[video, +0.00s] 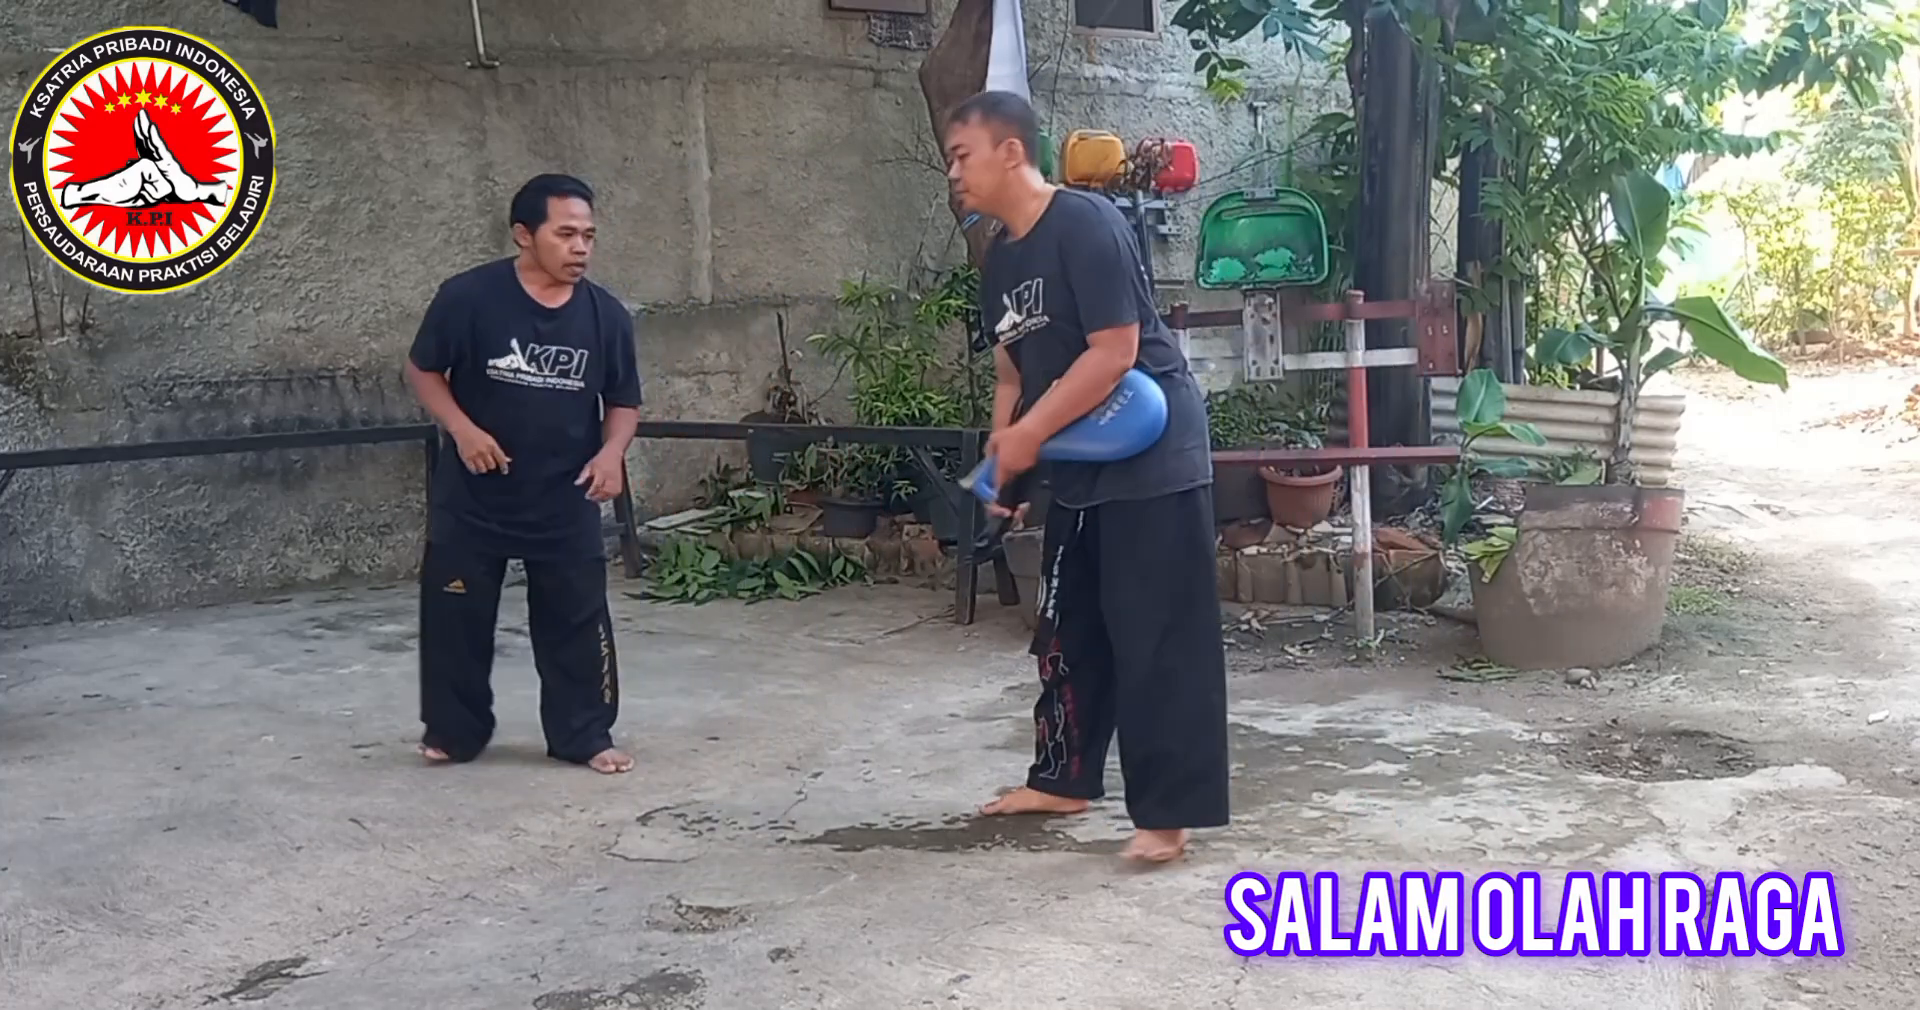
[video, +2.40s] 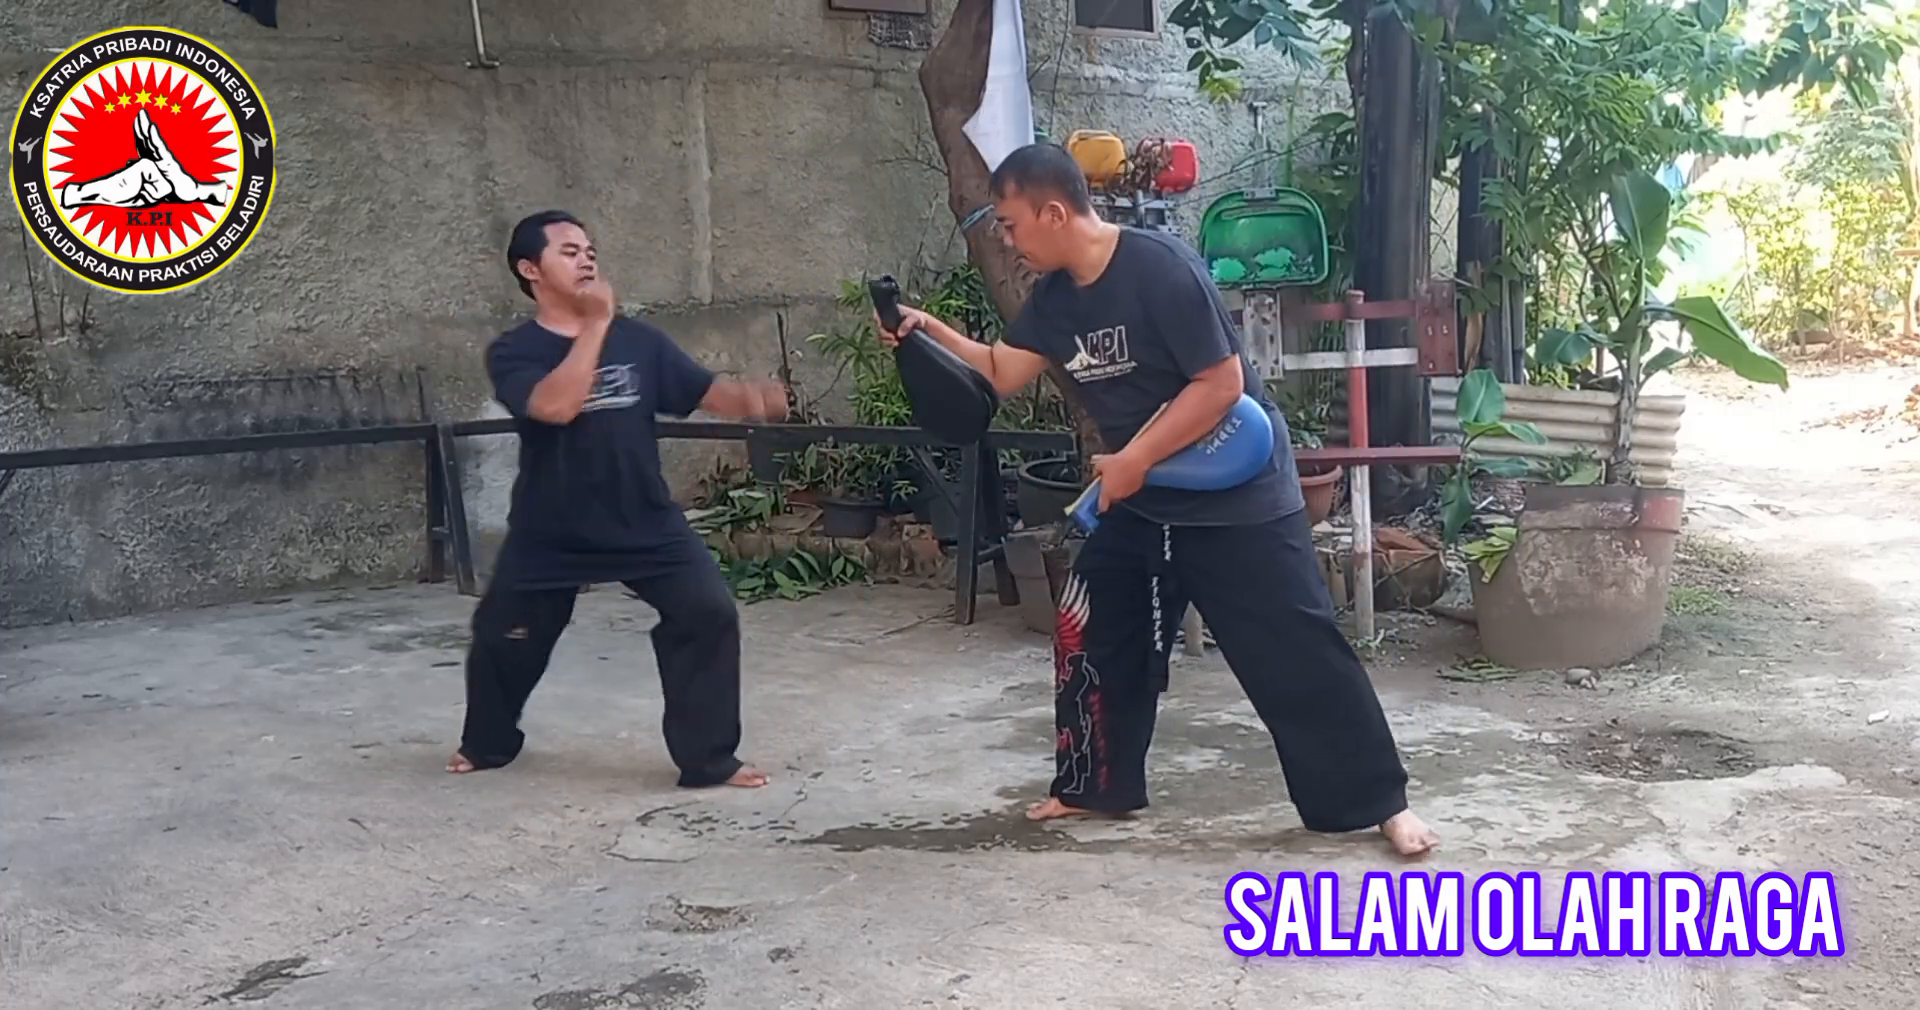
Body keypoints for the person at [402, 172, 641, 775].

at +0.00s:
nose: (582, 245)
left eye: (588, 234)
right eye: (568, 233)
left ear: (593, 236)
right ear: (525, 235)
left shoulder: (607, 315)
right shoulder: (466, 297)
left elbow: (624, 400)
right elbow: (422, 369)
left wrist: (614, 451)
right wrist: (461, 427)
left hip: (565, 499)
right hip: (472, 498)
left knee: (577, 621)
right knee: (456, 616)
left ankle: (584, 736)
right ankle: (454, 730)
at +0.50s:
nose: (583, 254)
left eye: (586, 244)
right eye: (567, 243)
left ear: (592, 252)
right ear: (525, 256)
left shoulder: (617, 332)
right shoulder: (477, 334)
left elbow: (664, 409)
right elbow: (449, 421)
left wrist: (667, 453)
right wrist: (514, 441)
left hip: (607, 517)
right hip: (511, 520)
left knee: (652, 619)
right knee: (473, 622)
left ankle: (665, 751)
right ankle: (456, 726)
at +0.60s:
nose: (613, 257)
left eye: (615, 246)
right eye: (597, 246)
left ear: (617, 252)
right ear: (553, 257)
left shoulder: (638, 336)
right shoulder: (505, 333)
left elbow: (682, 405)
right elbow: (485, 423)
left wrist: (705, 438)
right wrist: (571, 419)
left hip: (619, 516)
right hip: (523, 518)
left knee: (663, 625)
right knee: (484, 623)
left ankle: (669, 751)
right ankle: (464, 725)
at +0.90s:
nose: (581, 258)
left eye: (585, 245)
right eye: (565, 246)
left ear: (590, 251)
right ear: (522, 255)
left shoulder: (609, 328)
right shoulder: (478, 330)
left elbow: (662, 403)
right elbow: (490, 409)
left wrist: (702, 453)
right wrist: (549, 339)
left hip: (597, 512)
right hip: (505, 514)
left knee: (642, 621)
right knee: (482, 629)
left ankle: (666, 753)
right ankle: (484, 736)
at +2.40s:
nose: (587, 260)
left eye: (589, 252)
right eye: (570, 251)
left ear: (598, 265)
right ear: (530, 270)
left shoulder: (637, 339)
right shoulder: (515, 351)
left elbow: (704, 390)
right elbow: (555, 405)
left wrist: (752, 398)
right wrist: (596, 323)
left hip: (646, 524)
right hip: (552, 531)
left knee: (710, 614)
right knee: (500, 637)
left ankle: (707, 761)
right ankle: (487, 743)